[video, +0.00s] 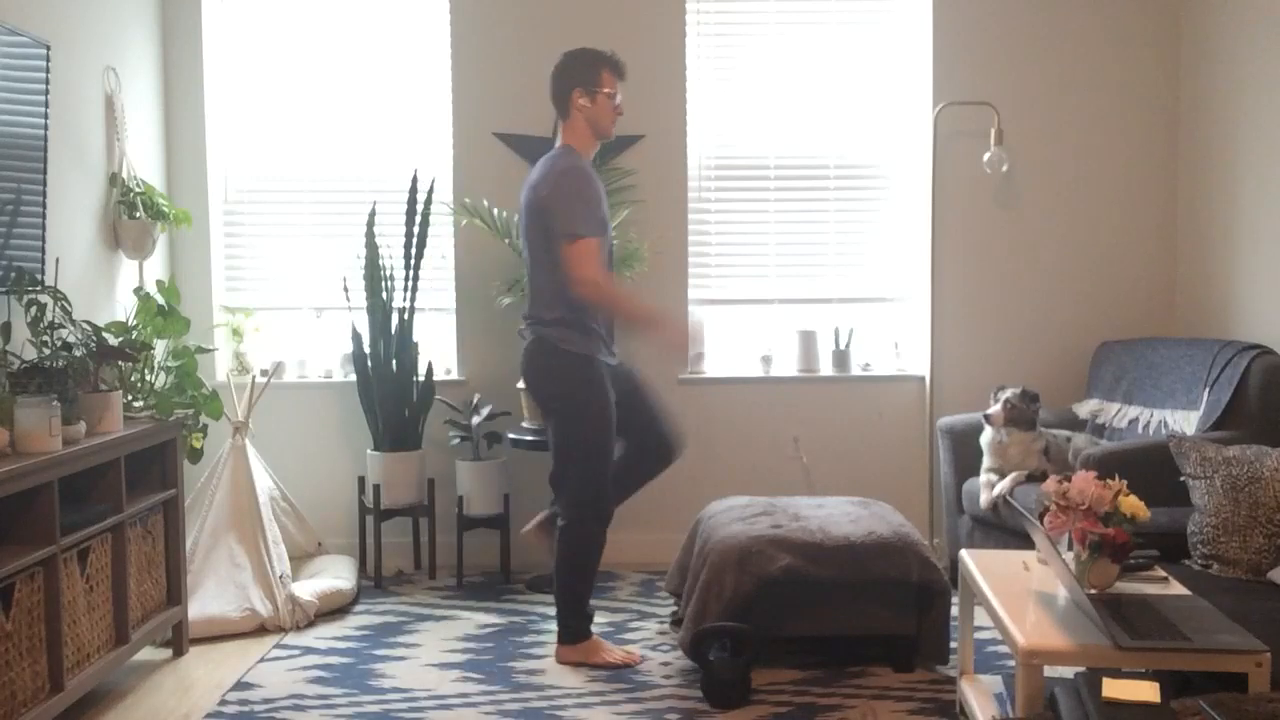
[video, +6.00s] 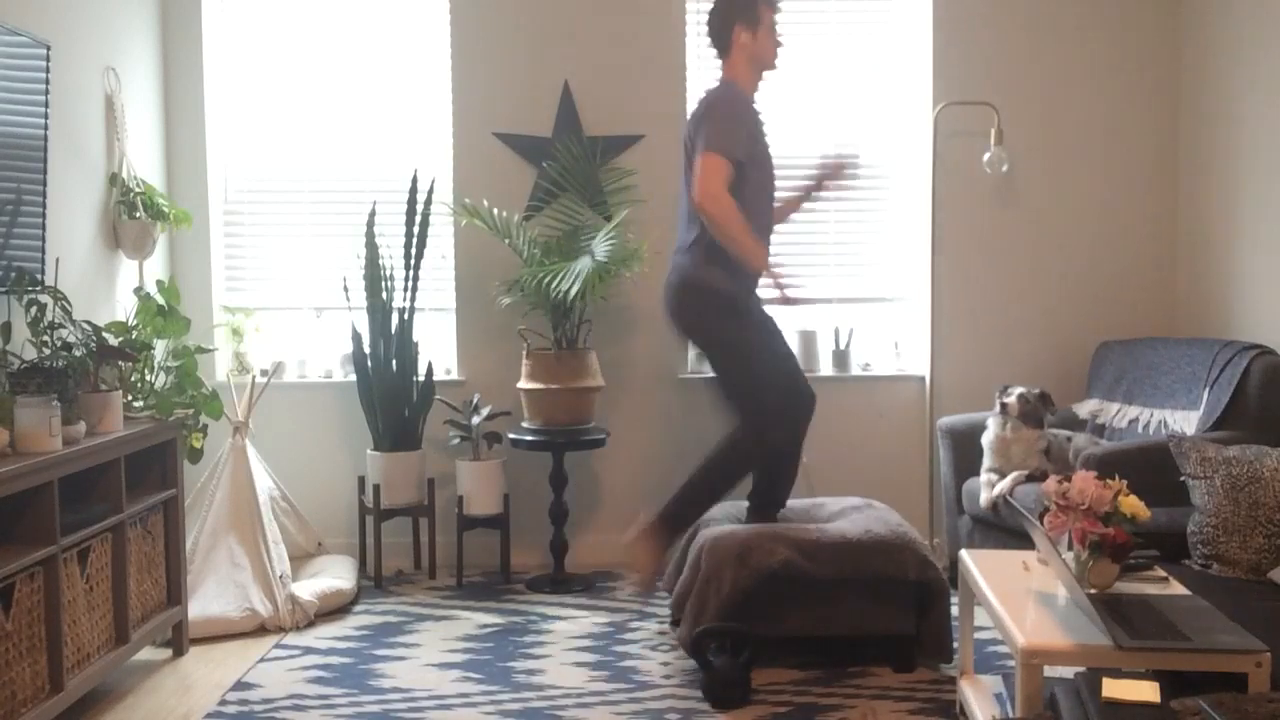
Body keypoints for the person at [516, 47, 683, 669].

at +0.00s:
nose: (619, 108)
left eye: (619, 97)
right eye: (612, 97)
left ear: (580, 102)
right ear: (580, 101)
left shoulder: (563, 170)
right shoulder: (568, 173)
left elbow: (575, 280)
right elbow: (584, 278)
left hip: (583, 352)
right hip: (565, 353)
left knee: (657, 444)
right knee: (586, 493)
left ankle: (561, 524)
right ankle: (574, 639)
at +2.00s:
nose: (731, 122)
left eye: (731, 111)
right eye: (726, 111)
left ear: (690, 114)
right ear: (696, 113)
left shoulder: (674, 178)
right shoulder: (671, 177)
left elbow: (738, 258)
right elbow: (742, 253)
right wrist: (756, 185)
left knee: (778, 387)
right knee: (646, 504)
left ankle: (739, 516)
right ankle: (600, 636)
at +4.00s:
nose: (777, 7)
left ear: (728, 8)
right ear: (741, 3)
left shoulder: (700, 69)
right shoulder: (738, 61)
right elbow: (786, 154)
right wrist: (842, 113)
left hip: (724, 242)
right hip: (726, 250)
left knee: (843, 271)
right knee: (752, 394)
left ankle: (772, 368)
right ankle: (731, 536)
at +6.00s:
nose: (779, 42)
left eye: (776, 31)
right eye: (771, 30)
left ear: (738, 39)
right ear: (742, 36)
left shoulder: (736, 110)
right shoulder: (725, 106)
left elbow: (753, 219)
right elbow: (708, 195)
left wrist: (811, 190)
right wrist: (763, 264)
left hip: (725, 287)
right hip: (706, 287)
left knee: (795, 402)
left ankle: (761, 544)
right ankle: (657, 535)